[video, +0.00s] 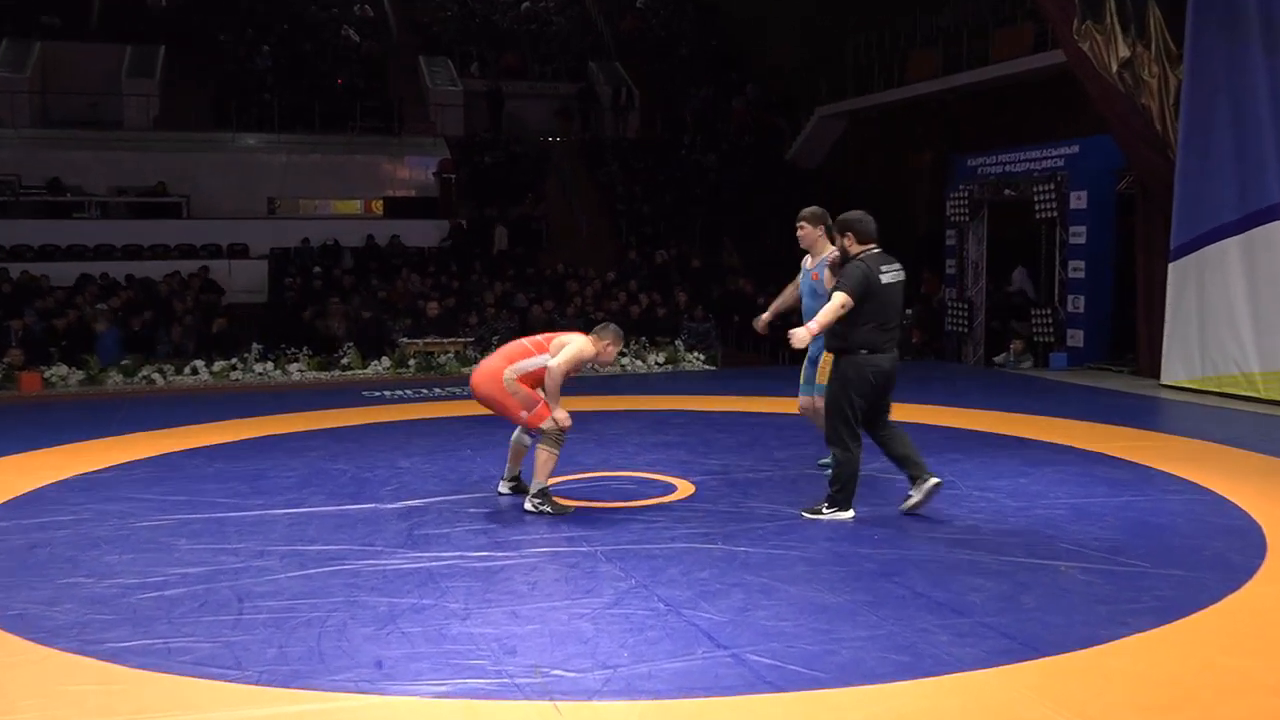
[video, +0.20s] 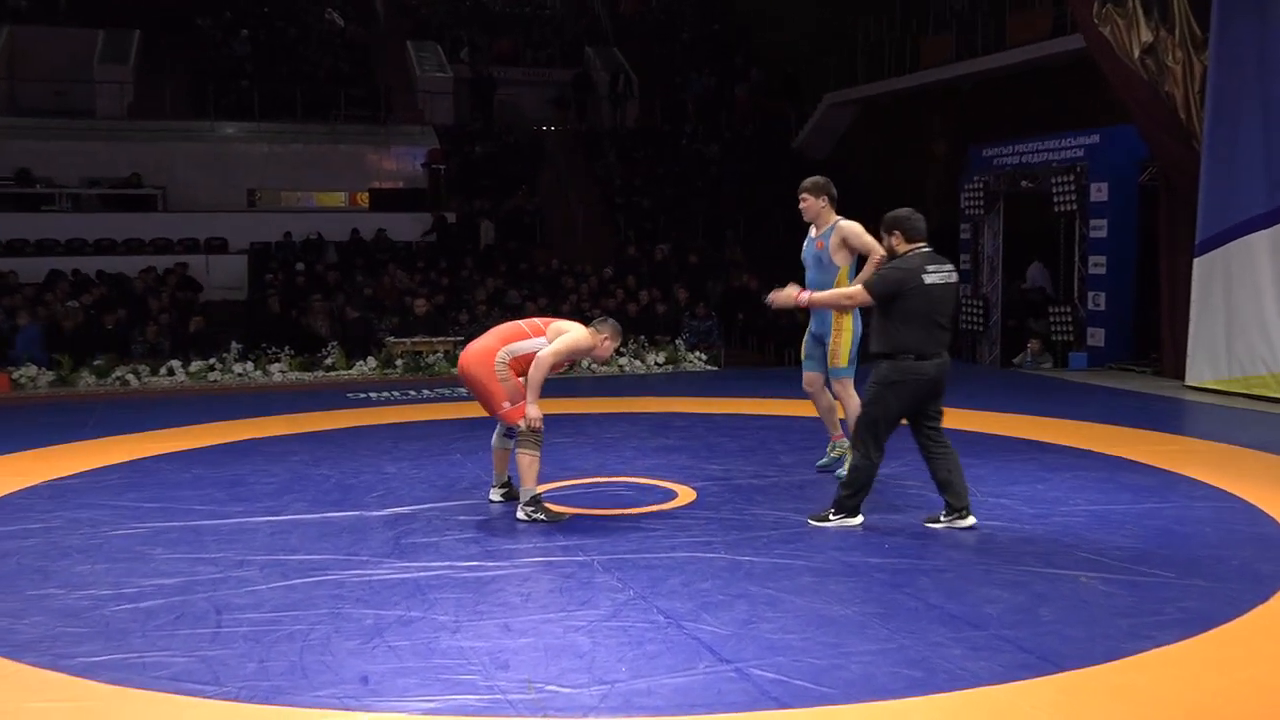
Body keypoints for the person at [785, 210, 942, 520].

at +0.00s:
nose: (839, 245)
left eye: (840, 240)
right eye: (838, 240)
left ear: (850, 238)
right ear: (873, 237)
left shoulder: (858, 269)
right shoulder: (892, 265)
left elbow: (838, 304)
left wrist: (809, 329)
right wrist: (834, 268)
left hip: (855, 363)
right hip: (885, 360)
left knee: (843, 434)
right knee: (877, 423)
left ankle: (839, 503)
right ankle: (922, 477)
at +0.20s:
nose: (885, 244)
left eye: (886, 239)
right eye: (885, 239)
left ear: (898, 237)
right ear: (921, 236)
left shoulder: (899, 272)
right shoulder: (946, 267)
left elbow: (851, 298)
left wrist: (801, 298)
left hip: (897, 370)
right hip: (934, 367)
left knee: (868, 438)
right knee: (931, 435)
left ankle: (846, 508)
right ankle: (959, 509)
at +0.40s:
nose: (934, 231)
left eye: (935, 225)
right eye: (933, 225)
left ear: (947, 222)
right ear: (973, 220)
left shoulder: (945, 255)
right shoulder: (1000, 255)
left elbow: (893, 271)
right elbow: (960, 273)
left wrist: (867, 252)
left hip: (950, 363)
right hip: (989, 360)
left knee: (915, 436)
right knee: (973, 439)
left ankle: (904, 519)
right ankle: (980, 523)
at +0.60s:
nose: (987, 220)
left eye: (988, 214)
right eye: (988, 213)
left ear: (1001, 212)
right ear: (1030, 211)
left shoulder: (998, 246)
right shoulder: (1056, 248)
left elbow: (940, 261)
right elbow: (1005, 267)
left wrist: (908, 239)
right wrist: (967, 245)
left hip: (1001, 362)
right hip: (1041, 361)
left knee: (981, 446)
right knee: (1017, 447)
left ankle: (1029, 528)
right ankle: (1003, 529)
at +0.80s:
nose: (1044, 216)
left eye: (1045, 210)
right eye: (1042, 210)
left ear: (1059, 208)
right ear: (1091, 207)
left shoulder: (1062, 249)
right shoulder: (1118, 248)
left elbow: (999, 266)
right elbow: (1061, 261)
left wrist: (961, 237)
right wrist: (1020, 236)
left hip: (1064, 373)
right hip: (1101, 370)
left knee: (1065, 464)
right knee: (1057, 459)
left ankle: (1133, 553)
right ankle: (1029, 544)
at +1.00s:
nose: (1110, 207)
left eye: (1110, 200)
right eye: (1109, 200)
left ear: (1125, 198)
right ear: (1157, 195)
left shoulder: (1135, 245)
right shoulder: (1189, 234)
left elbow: (1074, 285)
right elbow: (1147, 257)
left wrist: (1018, 281)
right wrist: (1108, 242)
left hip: (1143, 374)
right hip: (1181, 372)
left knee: (1146, 473)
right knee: (1121, 464)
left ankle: (1182, 584)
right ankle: (1074, 545)